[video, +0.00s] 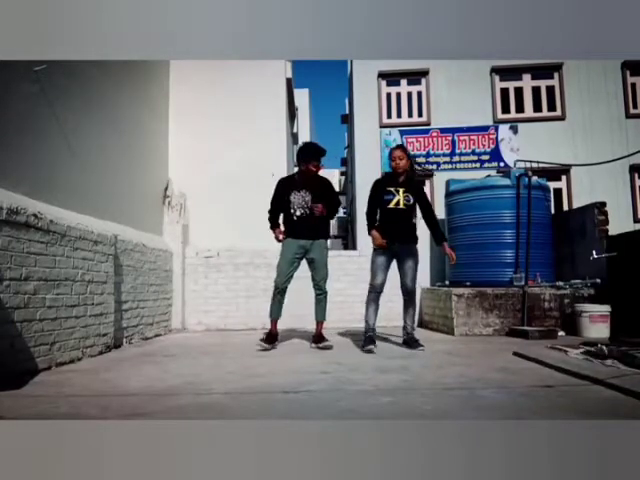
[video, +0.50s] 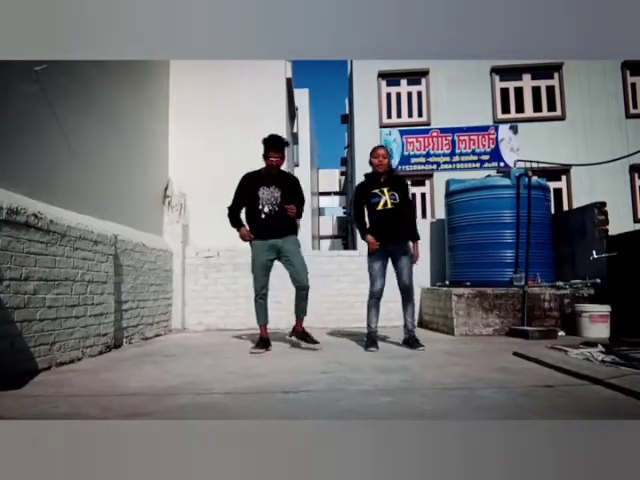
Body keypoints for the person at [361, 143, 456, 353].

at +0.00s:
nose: (397, 163)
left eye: (400, 159)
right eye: (393, 159)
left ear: (408, 161)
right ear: (390, 162)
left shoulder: (415, 185)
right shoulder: (380, 184)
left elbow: (429, 215)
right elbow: (371, 210)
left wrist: (443, 243)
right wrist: (372, 231)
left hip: (407, 243)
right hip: (384, 242)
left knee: (409, 289)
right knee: (375, 287)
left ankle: (409, 334)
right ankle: (369, 334)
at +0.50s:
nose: (380, 161)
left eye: (383, 157)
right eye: (376, 157)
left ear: (389, 160)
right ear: (371, 161)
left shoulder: (400, 182)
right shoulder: (363, 187)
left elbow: (409, 213)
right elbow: (357, 214)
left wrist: (415, 241)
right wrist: (366, 235)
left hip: (401, 242)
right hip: (377, 243)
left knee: (407, 287)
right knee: (376, 290)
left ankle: (410, 334)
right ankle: (371, 335)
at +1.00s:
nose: (392, 165)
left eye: (394, 162)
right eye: (388, 163)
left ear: (399, 164)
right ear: (382, 166)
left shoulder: (407, 188)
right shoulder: (376, 187)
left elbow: (412, 216)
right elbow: (373, 216)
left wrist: (412, 239)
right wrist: (382, 237)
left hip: (409, 243)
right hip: (388, 244)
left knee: (413, 290)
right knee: (382, 291)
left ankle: (415, 333)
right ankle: (372, 335)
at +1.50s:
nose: (401, 167)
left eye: (405, 163)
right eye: (398, 164)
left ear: (412, 165)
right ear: (394, 166)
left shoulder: (418, 186)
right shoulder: (387, 187)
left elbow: (426, 217)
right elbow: (381, 215)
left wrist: (435, 245)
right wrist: (374, 232)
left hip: (408, 244)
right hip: (386, 243)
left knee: (410, 289)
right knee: (377, 286)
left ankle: (415, 332)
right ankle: (368, 330)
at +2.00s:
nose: (374, 168)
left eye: (377, 164)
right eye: (371, 164)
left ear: (382, 167)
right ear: (364, 168)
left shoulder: (392, 189)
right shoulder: (358, 194)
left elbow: (402, 216)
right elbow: (353, 217)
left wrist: (397, 241)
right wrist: (355, 230)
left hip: (389, 245)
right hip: (366, 246)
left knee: (399, 290)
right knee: (366, 292)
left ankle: (413, 333)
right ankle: (366, 336)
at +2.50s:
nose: (374, 166)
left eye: (376, 163)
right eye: (371, 162)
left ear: (377, 165)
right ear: (360, 164)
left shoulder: (378, 187)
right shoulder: (351, 185)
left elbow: (384, 212)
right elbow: (346, 215)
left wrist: (395, 225)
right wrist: (363, 229)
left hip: (384, 241)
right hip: (365, 243)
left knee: (404, 283)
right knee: (368, 291)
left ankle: (420, 328)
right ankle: (367, 335)